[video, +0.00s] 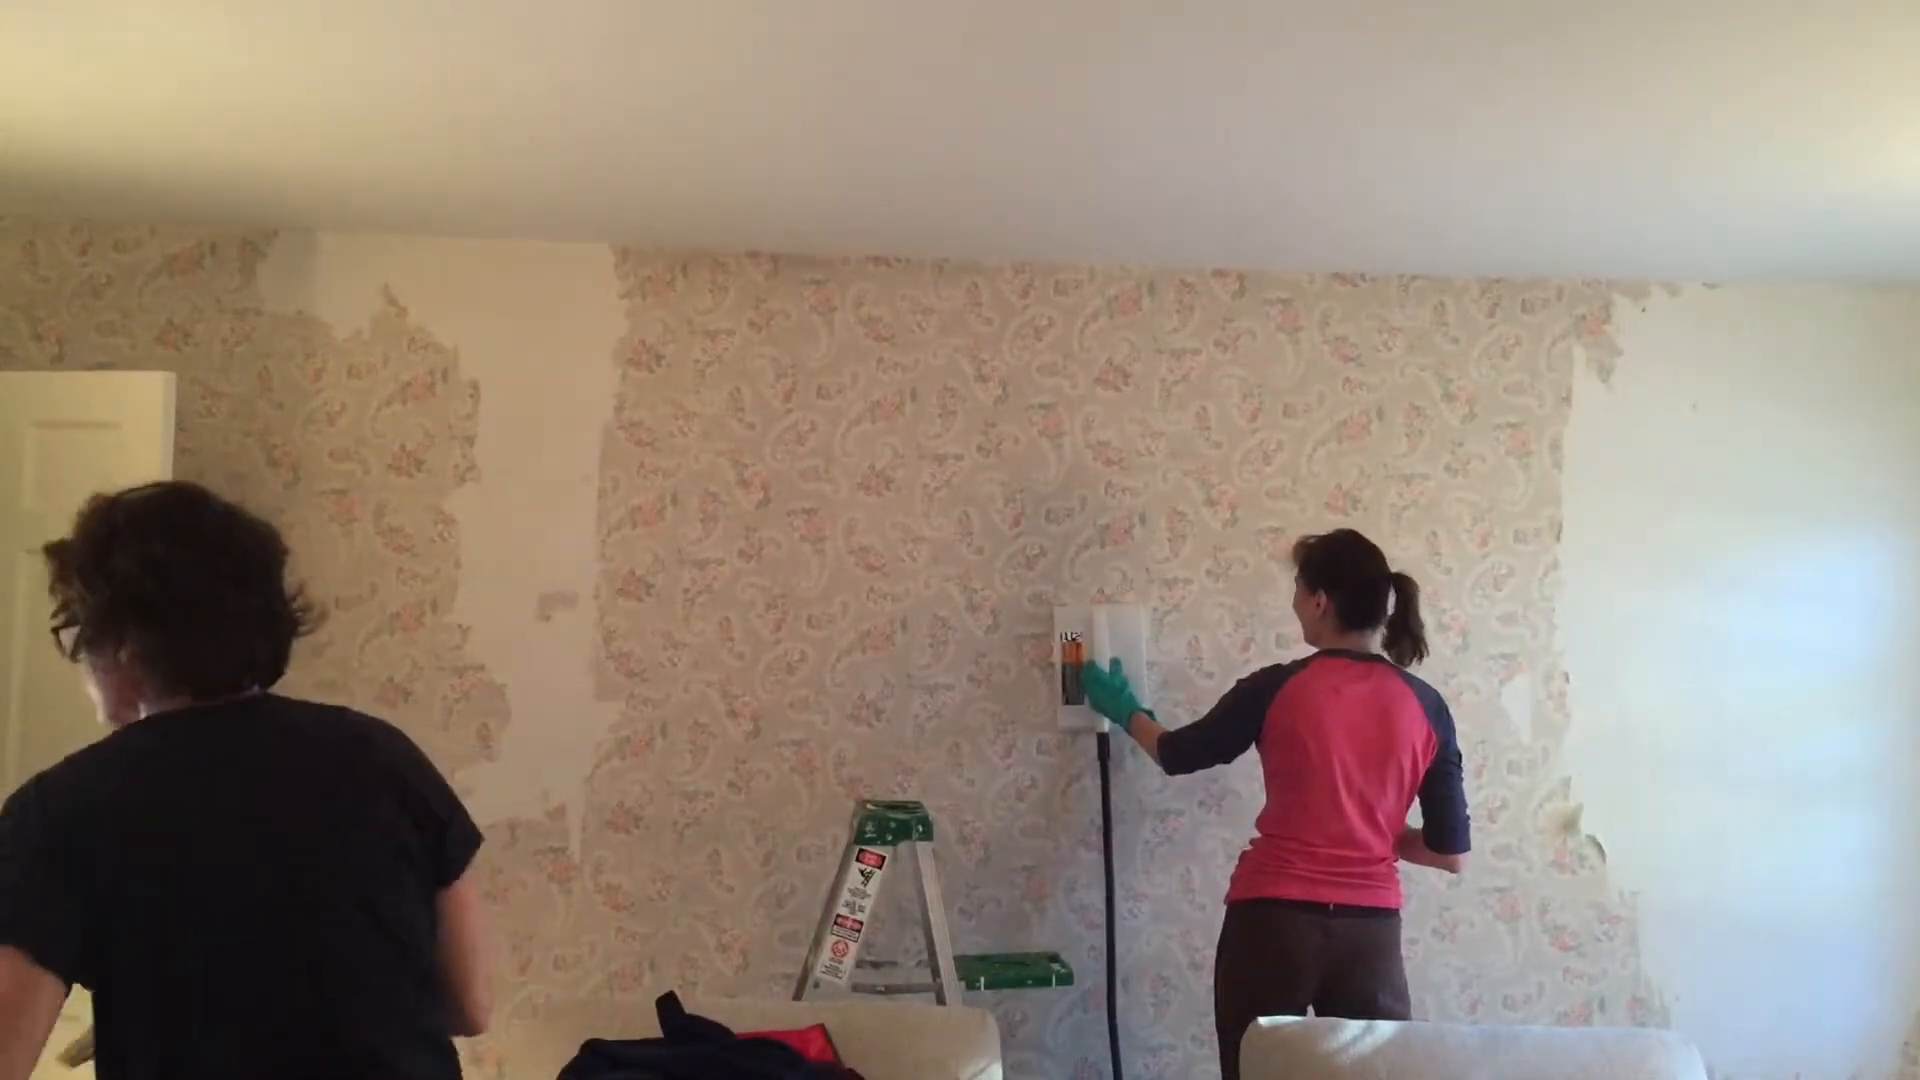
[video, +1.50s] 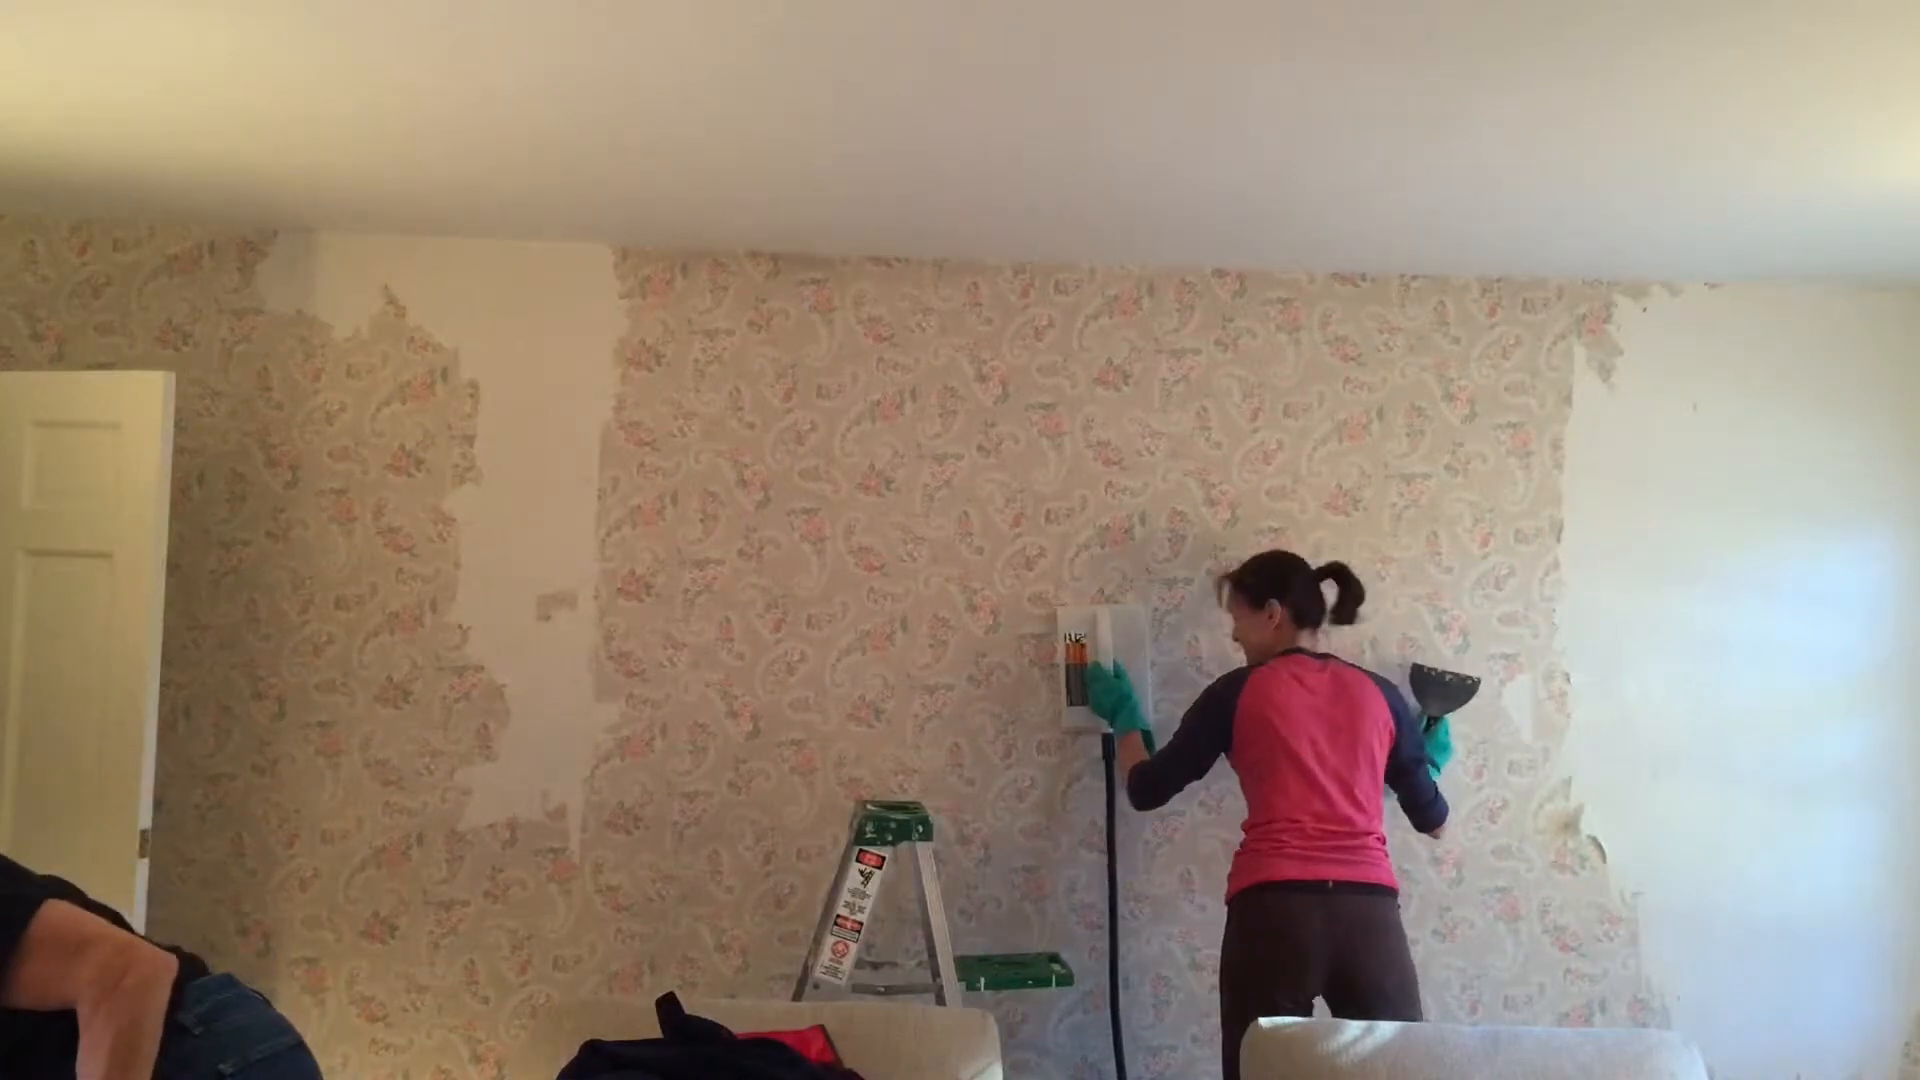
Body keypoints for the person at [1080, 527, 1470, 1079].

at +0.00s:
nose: (1295, 602)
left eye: (1299, 589)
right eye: (1298, 588)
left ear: (1320, 600)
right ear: (1379, 602)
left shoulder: (1277, 685)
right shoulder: (1427, 705)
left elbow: (1175, 753)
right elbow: (1449, 852)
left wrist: (1124, 711)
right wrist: (1375, 831)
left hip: (1268, 932)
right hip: (1370, 940)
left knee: (1253, 1074)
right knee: (1379, 1076)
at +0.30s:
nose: (1294, 599)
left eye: (1299, 587)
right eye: (1298, 586)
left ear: (1319, 605)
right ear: (1379, 606)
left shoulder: (1274, 687)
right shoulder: (1426, 705)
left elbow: (1174, 756)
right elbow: (1446, 853)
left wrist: (1125, 711)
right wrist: (1374, 831)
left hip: (1266, 932)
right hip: (1368, 941)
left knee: (1250, 1074)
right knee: (1377, 1076)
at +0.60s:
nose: (1293, 591)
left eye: (1297, 582)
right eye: (1298, 580)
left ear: (1310, 604)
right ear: (1376, 607)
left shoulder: (1267, 685)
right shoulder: (1417, 704)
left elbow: (1163, 762)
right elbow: (1437, 846)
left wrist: (1124, 713)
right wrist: (1369, 821)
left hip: (1262, 929)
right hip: (1364, 936)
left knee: (1249, 1074)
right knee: (1379, 1076)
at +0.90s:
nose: (1287, 601)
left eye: (1288, 593)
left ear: (1293, 605)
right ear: (1363, 610)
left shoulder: (1247, 688)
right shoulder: (1397, 699)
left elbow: (1146, 778)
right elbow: (1451, 820)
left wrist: (1123, 714)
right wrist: (1441, 748)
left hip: (1255, 927)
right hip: (1358, 932)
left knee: (1240, 1074)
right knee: (1379, 1076)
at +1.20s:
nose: (1260, 616)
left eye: (1265, 604)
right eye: (1262, 604)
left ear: (1284, 614)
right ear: (1338, 615)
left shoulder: (1240, 689)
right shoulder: (1386, 699)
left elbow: (1135, 784)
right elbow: (1442, 819)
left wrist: (1119, 715)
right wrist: (1431, 755)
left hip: (1257, 921)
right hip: (1358, 927)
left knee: (1244, 1074)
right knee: (1378, 1074)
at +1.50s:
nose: (1233, 633)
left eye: (1237, 617)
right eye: (1231, 619)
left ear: (1274, 615)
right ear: (1292, 615)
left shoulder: (1238, 690)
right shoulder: (1383, 694)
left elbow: (1145, 790)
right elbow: (1430, 817)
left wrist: (1124, 716)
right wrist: (1429, 759)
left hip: (1272, 918)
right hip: (1370, 919)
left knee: (1256, 1074)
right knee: (1400, 1074)